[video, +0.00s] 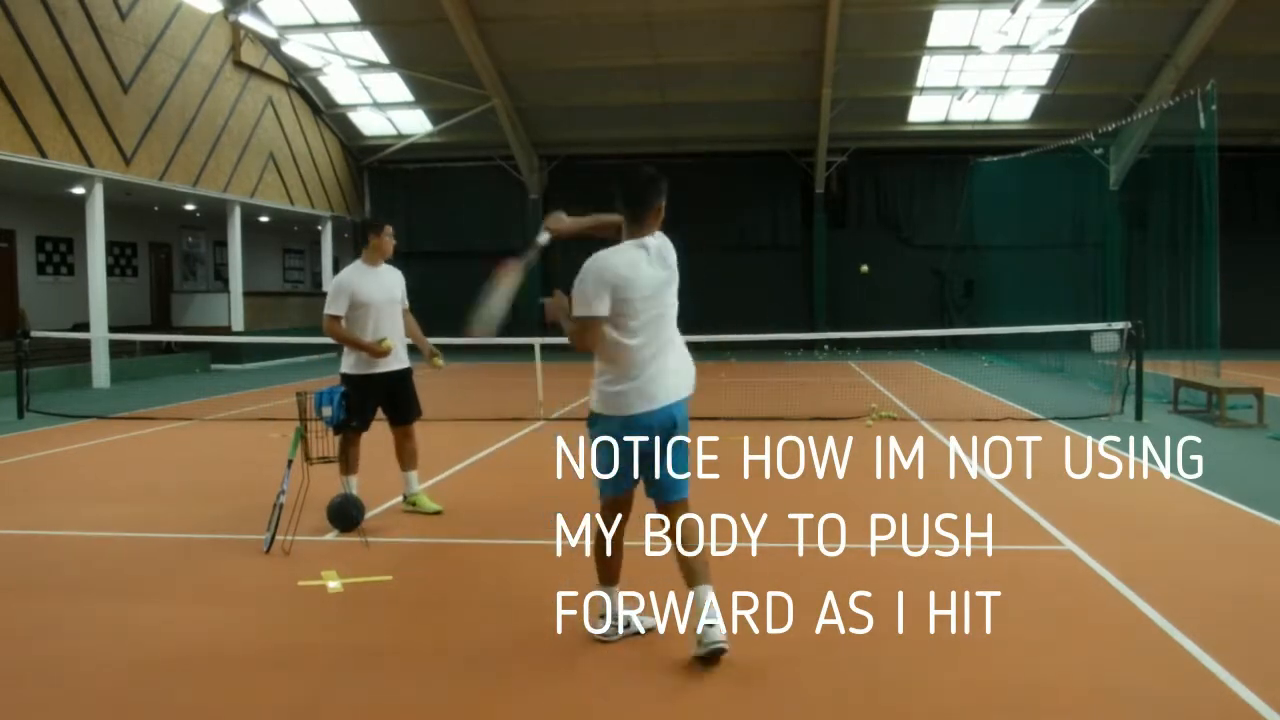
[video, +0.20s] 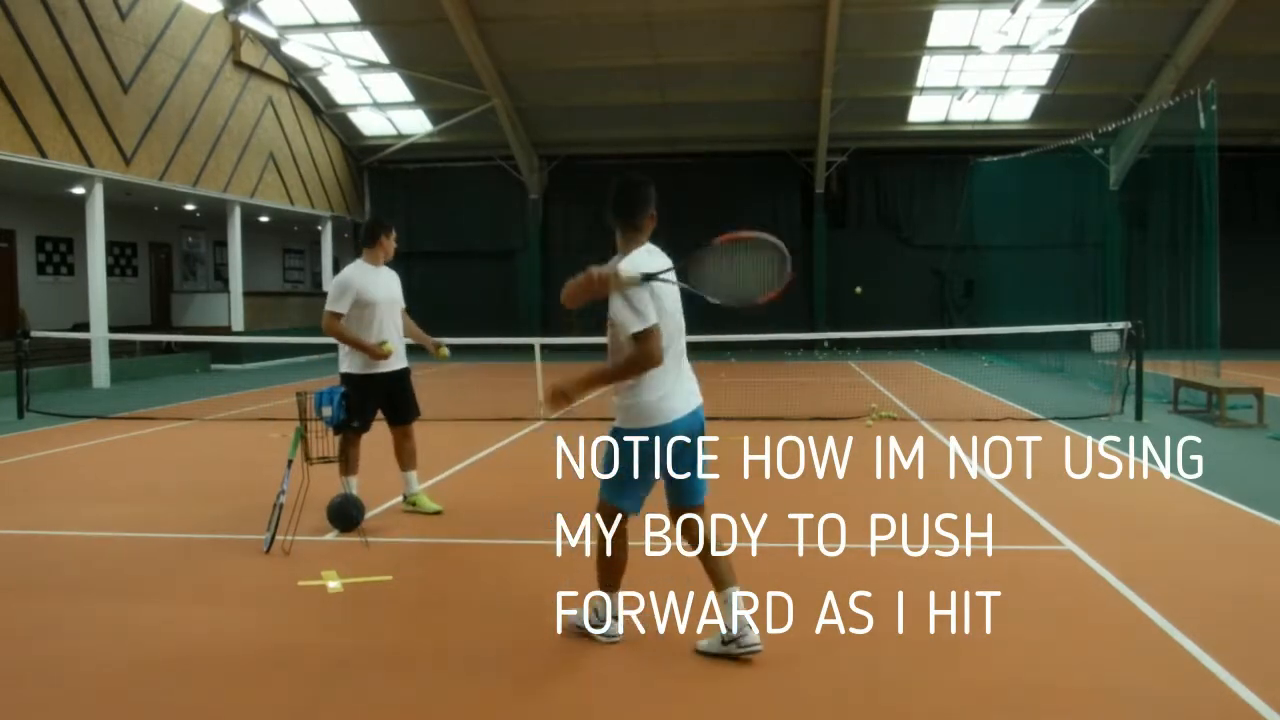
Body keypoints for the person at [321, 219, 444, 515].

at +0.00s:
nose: (394, 243)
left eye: (393, 237)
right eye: (389, 237)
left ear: (382, 241)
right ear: (372, 239)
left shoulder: (395, 276)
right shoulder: (346, 279)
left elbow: (404, 315)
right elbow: (331, 326)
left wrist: (425, 347)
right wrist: (367, 347)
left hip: (397, 370)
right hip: (360, 373)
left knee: (405, 429)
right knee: (351, 434)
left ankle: (413, 492)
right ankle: (350, 498)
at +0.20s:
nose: (395, 245)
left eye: (394, 240)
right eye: (392, 239)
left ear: (378, 241)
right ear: (380, 241)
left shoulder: (392, 277)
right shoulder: (348, 278)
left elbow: (400, 318)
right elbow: (329, 324)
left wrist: (428, 342)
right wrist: (368, 348)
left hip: (395, 370)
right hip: (359, 373)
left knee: (403, 428)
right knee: (352, 434)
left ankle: (412, 492)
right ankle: (350, 499)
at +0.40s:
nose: (395, 246)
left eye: (394, 240)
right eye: (392, 240)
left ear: (378, 243)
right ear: (381, 242)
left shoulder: (391, 278)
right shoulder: (348, 278)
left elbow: (399, 320)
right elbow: (329, 325)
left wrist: (431, 336)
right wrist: (367, 348)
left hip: (396, 370)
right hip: (360, 374)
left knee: (405, 430)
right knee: (353, 436)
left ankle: (412, 493)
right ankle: (350, 500)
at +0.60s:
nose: (398, 249)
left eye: (397, 243)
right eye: (395, 243)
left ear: (383, 245)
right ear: (384, 244)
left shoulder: (394, 279)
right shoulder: (349, 281)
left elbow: (407, 318)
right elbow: (330, 328)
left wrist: (443, 332)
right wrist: (365, 351)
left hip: (398, 370)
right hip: (361, 375)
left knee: (423, 423)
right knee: (356, 438)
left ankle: (418, 486)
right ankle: (351, 500)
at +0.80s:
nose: (415, 252)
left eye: (415, 247)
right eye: (410, 247)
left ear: (408, 251)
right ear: (391, 249)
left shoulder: (415, 284)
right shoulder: (362, 284)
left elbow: (426, 324)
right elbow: (338, 327)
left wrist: (457, 343)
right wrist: (368, 356)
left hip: (407, 375)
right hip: (367, 378)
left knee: (428, 429)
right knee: (358, 440)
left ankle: (452, 495)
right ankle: (351, 502)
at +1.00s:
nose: (439, 264)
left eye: (442, 258)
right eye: (432, 258)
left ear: (446, 262)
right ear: (418, 260)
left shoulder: (448, 294)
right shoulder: (390, 292)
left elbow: (451, 342)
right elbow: (365, 329)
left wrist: (469, 379)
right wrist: (385, 362)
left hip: (429, 379)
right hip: (386, 381)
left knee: (450, 436)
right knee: (372, 441)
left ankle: (456, 499)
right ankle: (352, 497)